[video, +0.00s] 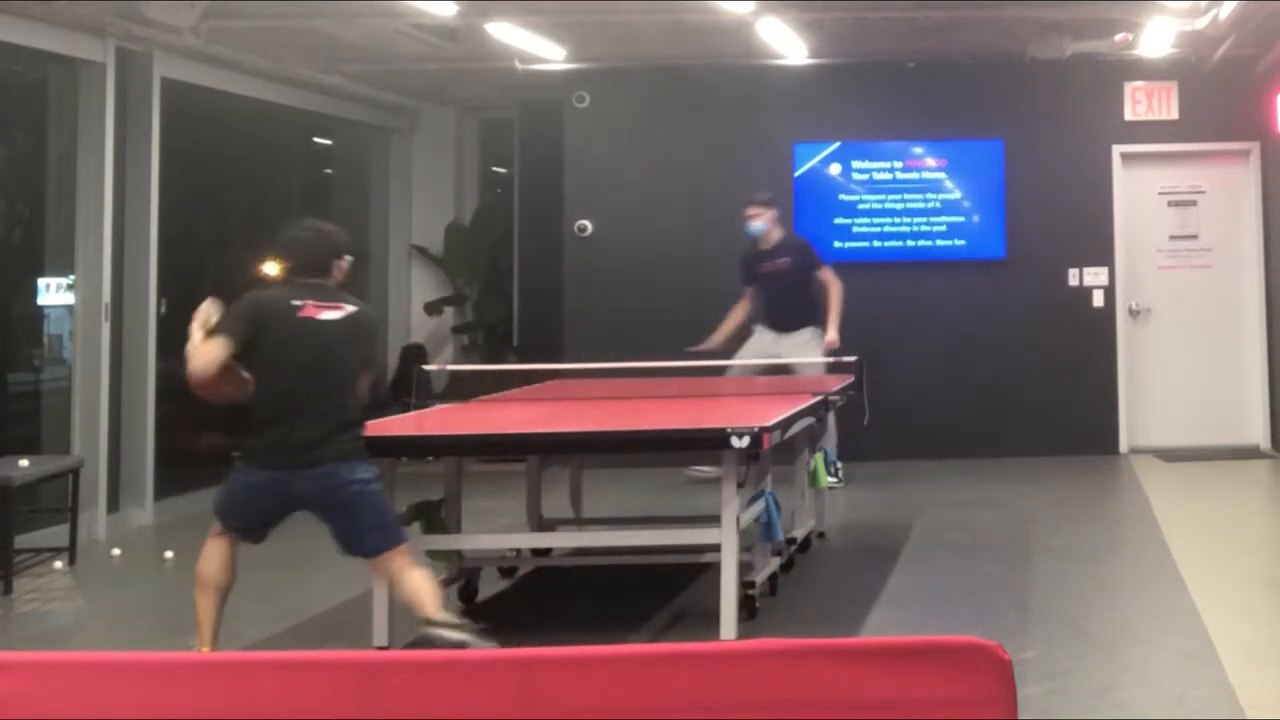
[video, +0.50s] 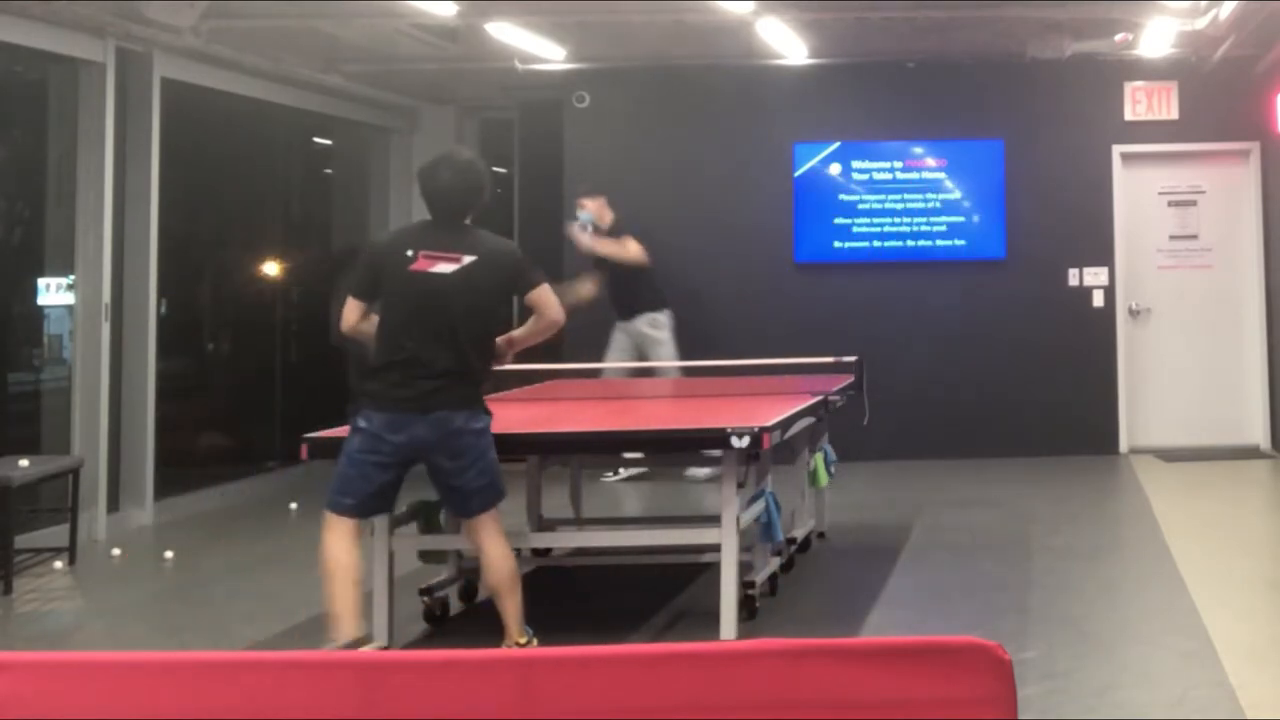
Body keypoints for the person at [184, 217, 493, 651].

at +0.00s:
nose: (349, 266)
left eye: (346, 258)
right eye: (346, 259)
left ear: (286, 263)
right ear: (336, 265)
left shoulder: (259, 305)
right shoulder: (361, 317)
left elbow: (201, 371)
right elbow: (363, 390)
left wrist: (199, 327)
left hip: (267, 467)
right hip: (340, 467)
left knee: (223, 536)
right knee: (396, 557)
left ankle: (204, 649)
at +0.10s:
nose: (380, 269)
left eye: (377, 261)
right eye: (378, 262)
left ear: (319, 264)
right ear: (371, 271)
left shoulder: (298, 303)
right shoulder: (393, 320)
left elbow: (257, 338)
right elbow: (418, 393)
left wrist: (210, 338)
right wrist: (370, 404)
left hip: (300, 465)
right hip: (370, 467)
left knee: (245, 535)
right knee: (426, 554)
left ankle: (207, 649)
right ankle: (503, 634)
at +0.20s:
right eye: (414, 251)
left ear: (364, 248)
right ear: (414, 255)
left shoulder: (341, 293)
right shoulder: (441, 301)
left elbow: (304, 351)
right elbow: (475, 375)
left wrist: (254, 345)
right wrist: (428, 391)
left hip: (340, 454)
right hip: (410, 454)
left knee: (272, 543)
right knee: (455, 548)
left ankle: (211, 649)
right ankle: (516, 640)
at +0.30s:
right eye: (453, 223)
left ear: (399, 226)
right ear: (452, 229)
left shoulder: (368, 274)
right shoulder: (481, 280)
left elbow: (328, 345)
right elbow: (525, 341)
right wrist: (473, 357)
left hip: (364, 439)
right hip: (434, 441)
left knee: (293, 542)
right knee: (468, 536)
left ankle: (219, 646)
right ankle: (514, 636)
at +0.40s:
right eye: (469, 202)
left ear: (419, 204)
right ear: (472, 207)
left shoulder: (386, 255)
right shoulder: (495, 262)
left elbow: (340, 329)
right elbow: (552, 317)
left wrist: (392, 342)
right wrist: (507, 346)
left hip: (377, 421)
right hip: (449, 423)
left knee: (316, 526)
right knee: (479, 526)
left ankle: (272, 650)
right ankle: (515, 638)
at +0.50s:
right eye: (478, 192)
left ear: (425, 197)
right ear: (479, 198)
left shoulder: (389, 248)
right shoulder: (502, 254)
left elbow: (350, 323)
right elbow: (552, 316)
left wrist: (400, 337)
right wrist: (507, 344)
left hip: (386, 416)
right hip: (459, 416)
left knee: (341, 521)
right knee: (485, 524)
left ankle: (347, 639)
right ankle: (516, 638)